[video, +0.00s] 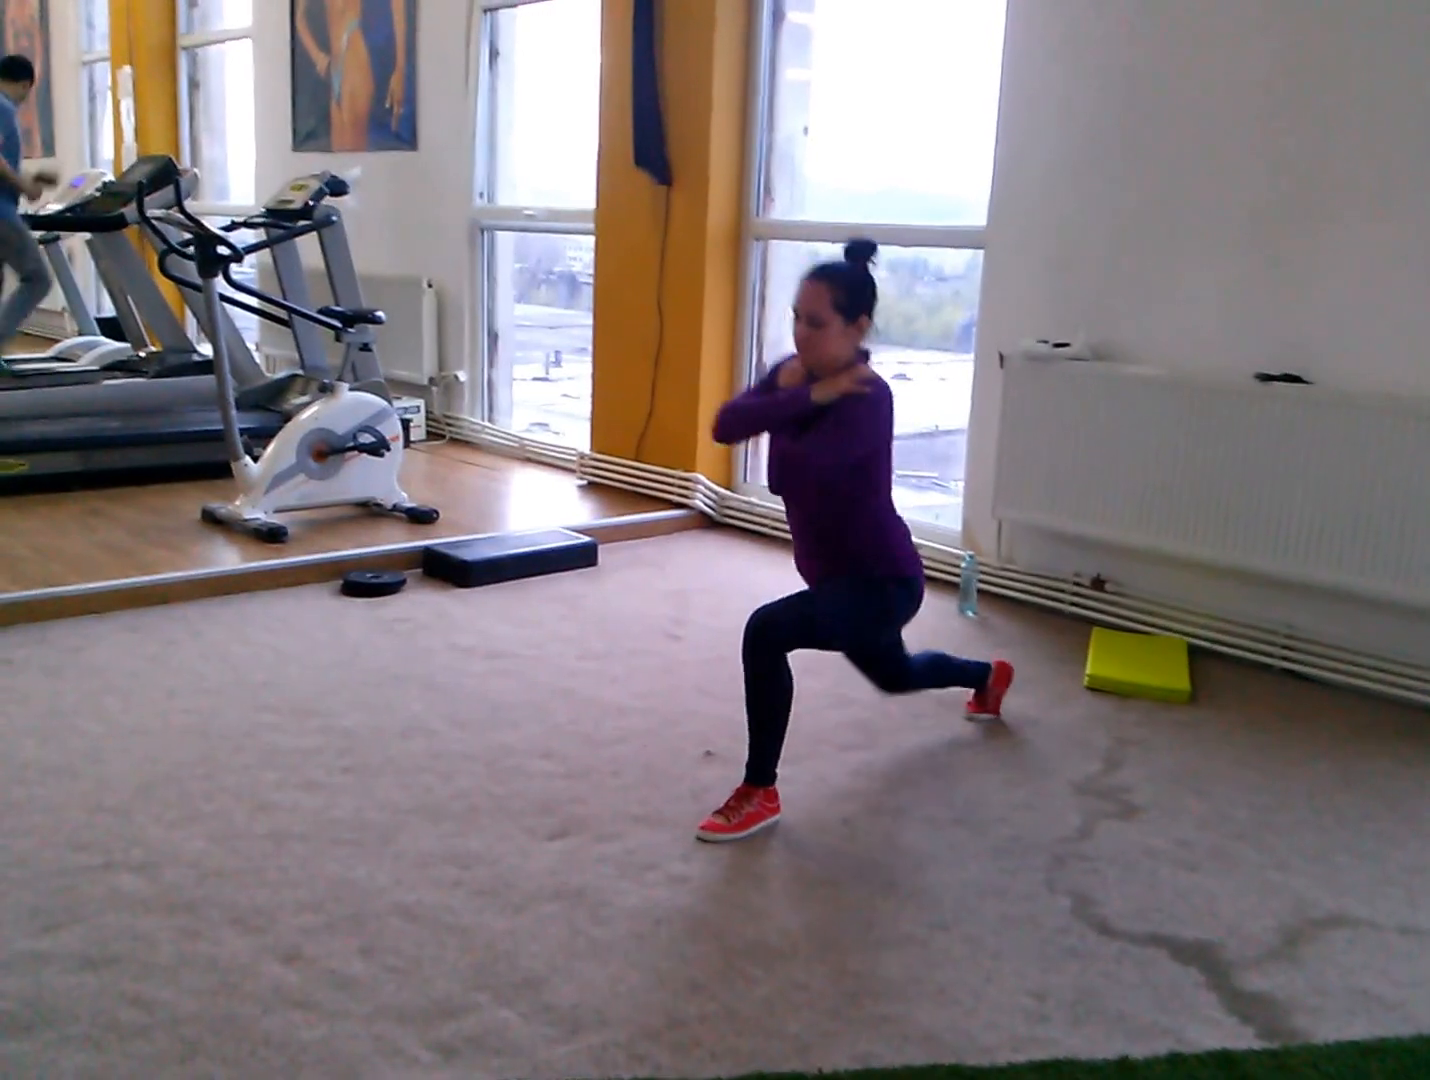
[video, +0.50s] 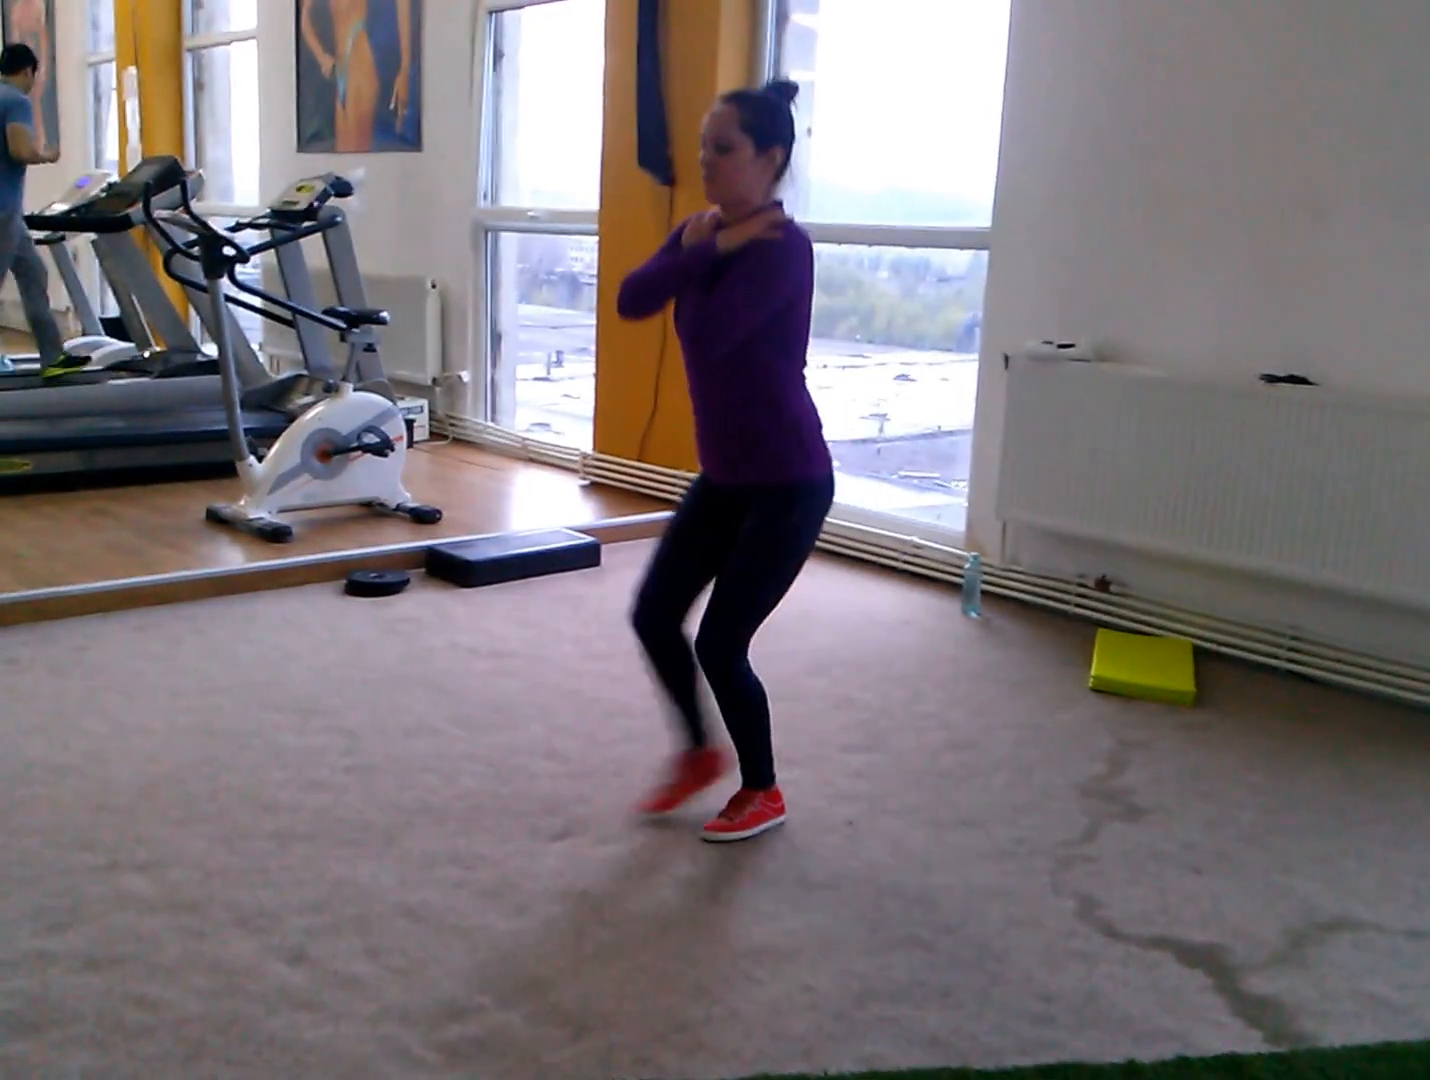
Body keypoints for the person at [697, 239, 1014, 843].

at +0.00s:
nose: (801, 334)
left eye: (817, 324)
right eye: (798, 320)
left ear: (858, 329)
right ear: (794, 320)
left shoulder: (868, 399)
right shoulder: (789, 374)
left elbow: (808, 469)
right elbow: (724, 426)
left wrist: (778, 410)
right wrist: (810, 393)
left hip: (885, 585)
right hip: (833, 583)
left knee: (766, 632)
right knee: (894, 674)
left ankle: (759, 789)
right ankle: (989, 676)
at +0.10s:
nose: (771, 295)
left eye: (788, 283)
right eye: (767, 280)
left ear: (831, 293)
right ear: (761, 281)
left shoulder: (841, 367)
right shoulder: (754, 345)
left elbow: (778, 450)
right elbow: (695, 407)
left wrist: (752, 375)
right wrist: (783, 363)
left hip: (865, 561)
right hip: (819, 556)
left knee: (750, 636)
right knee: (880, 641)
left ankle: (759, 791)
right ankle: (961, 675)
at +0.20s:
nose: (746, 252)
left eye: (763, 239)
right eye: (743, 237)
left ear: (807, 254)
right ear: (738, 241)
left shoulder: (818, 331)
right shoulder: (726, 314)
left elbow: (765, 430)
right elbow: (672, 390)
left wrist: (720, 347)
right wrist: (753, 338)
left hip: (849, 530)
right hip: (796, 530)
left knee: (740, 640)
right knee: (837, 645)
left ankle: (760, 791)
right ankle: (923, 663)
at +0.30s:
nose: (729, 215)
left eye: (746, 204)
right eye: (728, 200)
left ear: (793, 220)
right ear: (724, 208)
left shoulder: (804, 304)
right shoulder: (713, 284)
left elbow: (747, 405)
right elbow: (654, 363)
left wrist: (709, 311)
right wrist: (735, 302)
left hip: (830, 506)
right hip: (771, 507)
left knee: (738, 640)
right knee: (780, 655)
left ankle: (759, 791)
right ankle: (875, 672)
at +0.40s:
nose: (718, 182)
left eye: (736, 171)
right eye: (717, 168)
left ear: (783, 186)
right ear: (716, 175)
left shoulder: (795, 274)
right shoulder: (703, 257)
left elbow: (728, 369)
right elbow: (643, 329)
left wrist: (705, 276)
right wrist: (735, 273)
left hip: (812, 492)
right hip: (747, 488)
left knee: (729, 639)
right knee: (708, 633)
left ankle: (760, 790)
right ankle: (806, 701)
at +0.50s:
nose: (706, 163)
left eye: (723, 150)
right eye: (704, 149)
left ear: (771, 160)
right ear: (707, 156)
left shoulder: (783, 247)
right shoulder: (699, 236)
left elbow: (709, 333)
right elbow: (631, 302)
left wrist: (690, 252)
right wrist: (706, 245)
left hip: (790, 484)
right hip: (723, 477)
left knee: (721, 645)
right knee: (654, 615)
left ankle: (761, 789)